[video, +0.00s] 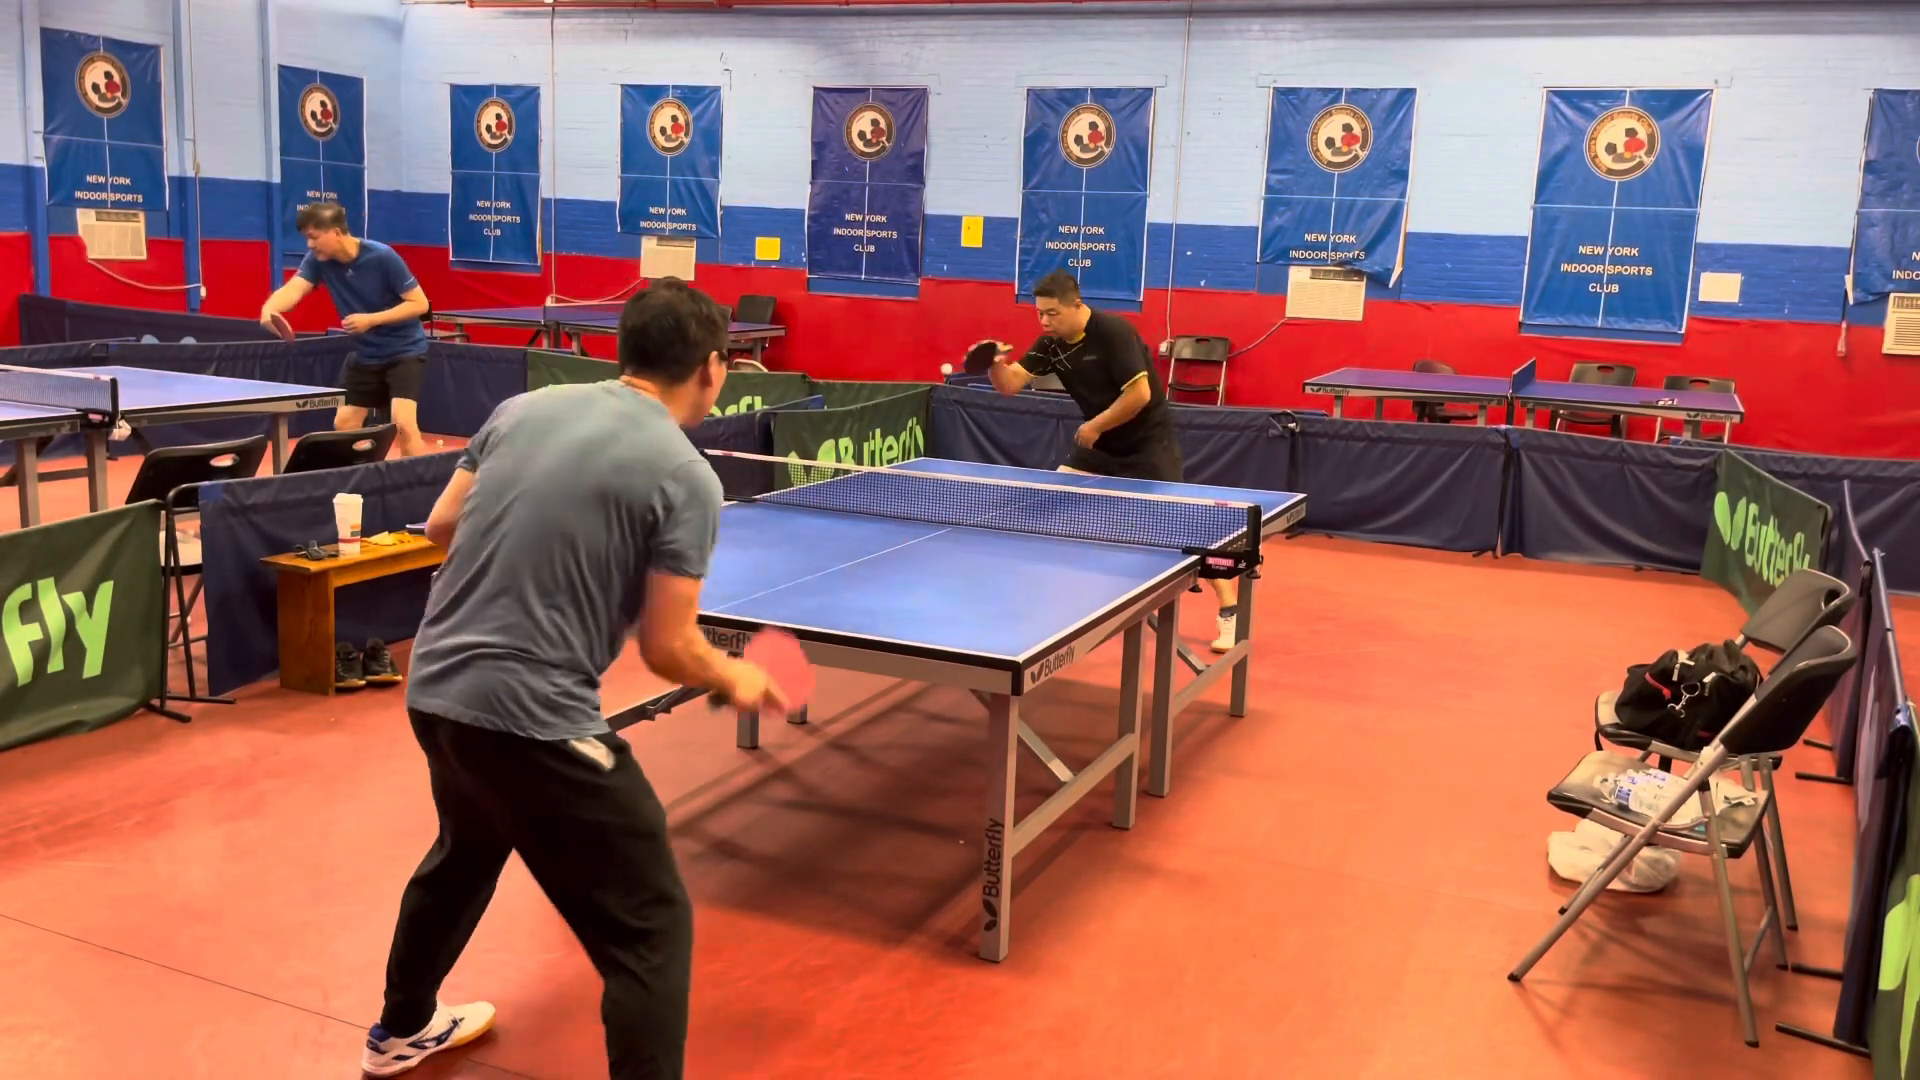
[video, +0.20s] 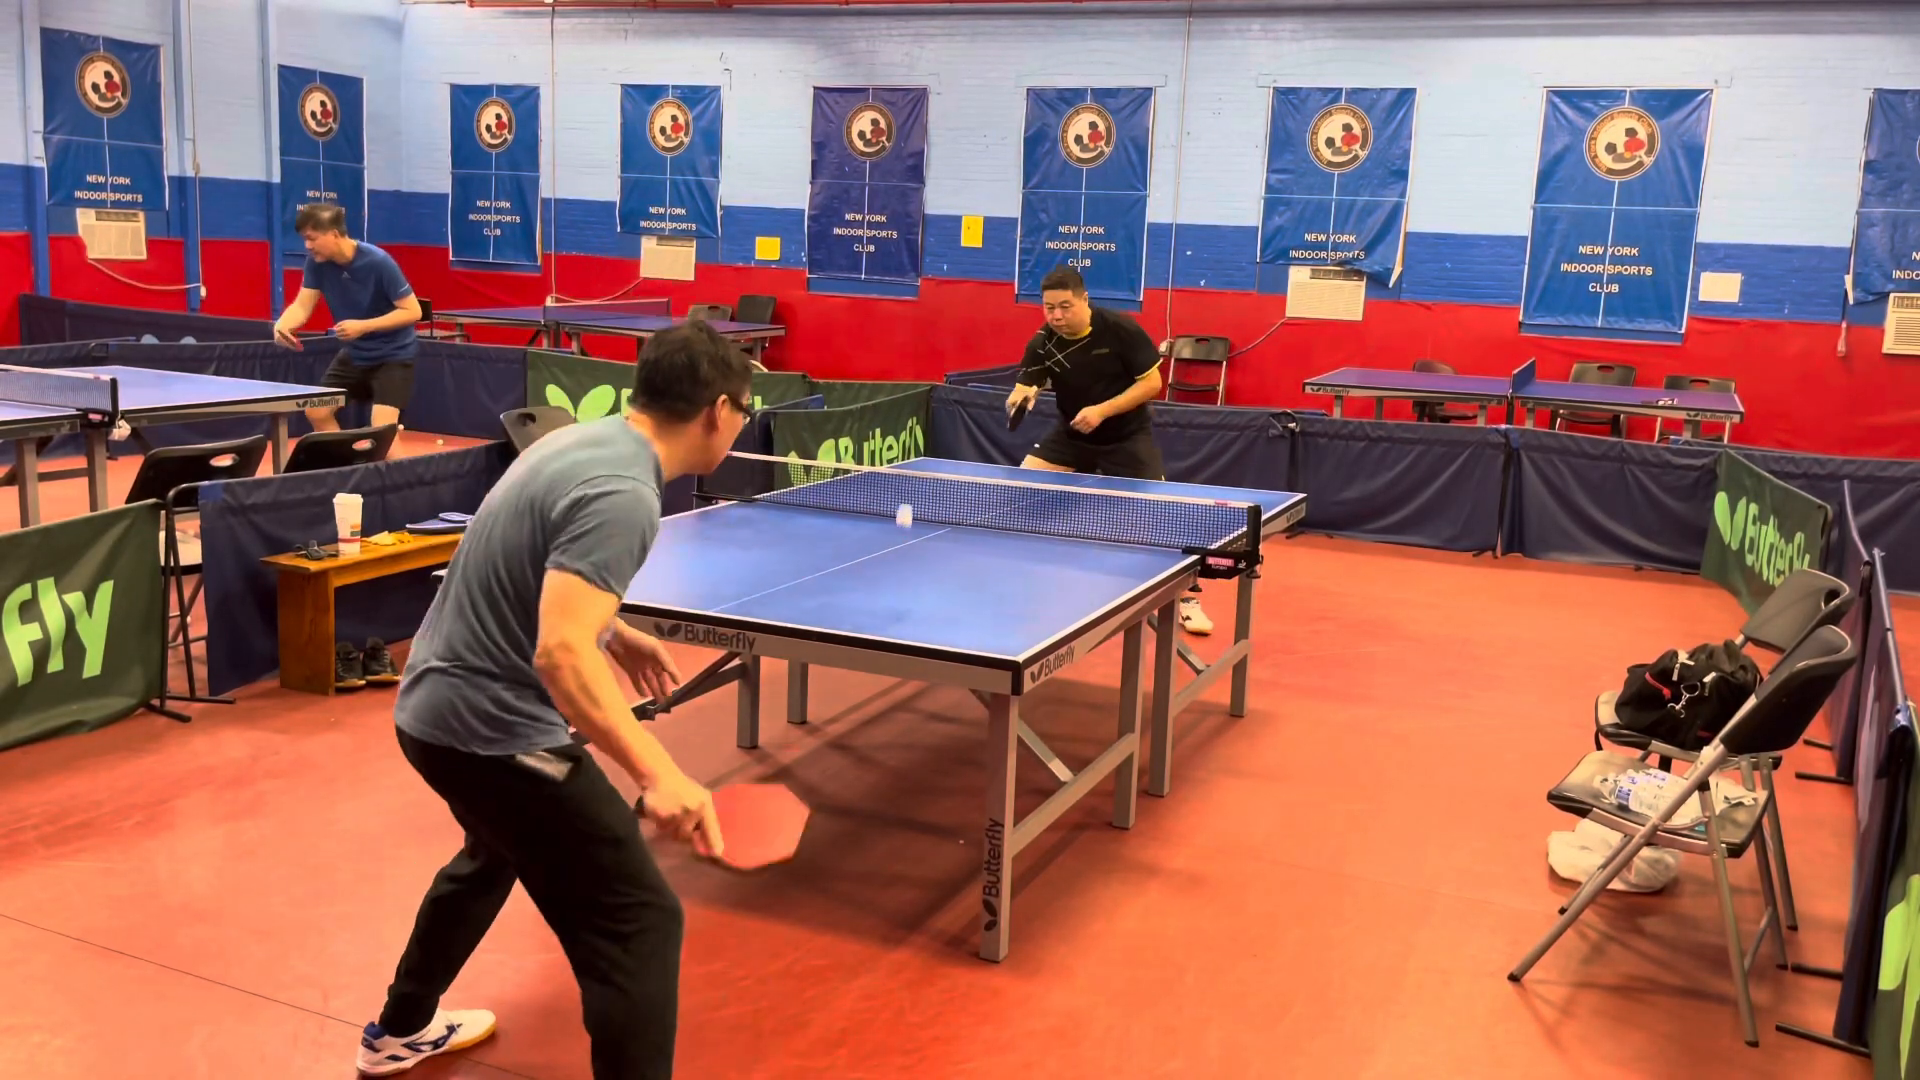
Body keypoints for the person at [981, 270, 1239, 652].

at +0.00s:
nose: (1044, 323)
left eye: (1051, 314)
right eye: (1040, 314)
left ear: (1077, 306)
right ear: (1040, 311)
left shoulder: (1113, 331)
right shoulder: (1051, 342)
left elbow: (1139, 393)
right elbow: (1010, 384)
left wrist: (1096, 426)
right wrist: (997, 365)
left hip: (1148, 443)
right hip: (1100, 443)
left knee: (1178, 521)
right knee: (1048, 504)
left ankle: (1228, 606)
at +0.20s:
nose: (1056, 316)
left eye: (1064, 307)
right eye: (1049, 308)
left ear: (1085, 301)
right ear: (1042, 306)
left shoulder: (1121, 331)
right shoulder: (1042, 344)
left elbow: (1152, 383)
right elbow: (1021, 392)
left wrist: (1103, 410)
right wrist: (1021, 397)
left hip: (1128, 438)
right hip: (1072, 435)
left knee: (1159, 513)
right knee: (1019, 488)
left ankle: (1186, 596)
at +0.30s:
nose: (1057, 328)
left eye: (1066, 319)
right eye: (1051, 320)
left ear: (1085, 316)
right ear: (1043, 319)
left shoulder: (1116, 348)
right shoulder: (1037, 357)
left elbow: (1144, 404)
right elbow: (1015, 410)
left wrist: (1094, 424)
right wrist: (1014, 423)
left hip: (1119, 450)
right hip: (1059, 450)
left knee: (1156, 509)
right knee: (1019, 506)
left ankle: (1183, 597)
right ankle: (1010, 591)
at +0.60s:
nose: (1019, 328)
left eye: (1026, 319)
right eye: (1014, 319)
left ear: (1052, 312)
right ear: (1011, 317)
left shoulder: (1075, 346)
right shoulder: (1037, 343)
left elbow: (1080, 416)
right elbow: (1048, 386)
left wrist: (1034, 418)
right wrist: (1010, 414)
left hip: (1117, 448)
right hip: (1071, 445)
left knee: (1150, 521)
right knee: (1019, 496)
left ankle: (1214, 595)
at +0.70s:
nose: (1026, 331)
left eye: (1032, 323)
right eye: (1022, 324)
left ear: (1058, 314)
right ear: (1024, 319)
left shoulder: (1082, 350)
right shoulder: (1061, 342)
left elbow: (1079, 423)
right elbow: (1061, 383)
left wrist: (1041, 421)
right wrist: (1016, 393)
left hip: (1121, 455)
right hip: (1079, 450)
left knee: (1152, 527)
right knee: (1023, 495)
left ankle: (1221, 602)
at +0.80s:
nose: (1045, 331)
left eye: (1051, 322)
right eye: (1042, 322)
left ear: (1075, 314)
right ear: (1043, 320)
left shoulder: (1113, 350)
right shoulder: (1067, 347)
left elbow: (1112, 419)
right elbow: (1047, 397)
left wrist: (1067, 420)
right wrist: (1025, 376)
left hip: (1133, 459)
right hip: (1087, 452)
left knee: (1166, 529)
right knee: (1031, 497)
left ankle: (1224, 604)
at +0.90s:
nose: (1069, 325)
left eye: (1075, 316)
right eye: (1064, 317)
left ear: (1100, 307)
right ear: (1062, 315)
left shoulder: (1142, 339)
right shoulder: (1073, 349)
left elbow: (1159, 406)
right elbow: (1050, 406)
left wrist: (1104, 420)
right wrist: (1048, 375)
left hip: (1152, 456)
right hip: (1096, 455)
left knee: (1192, 526)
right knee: (1041, 504)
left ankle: (1227, 606)